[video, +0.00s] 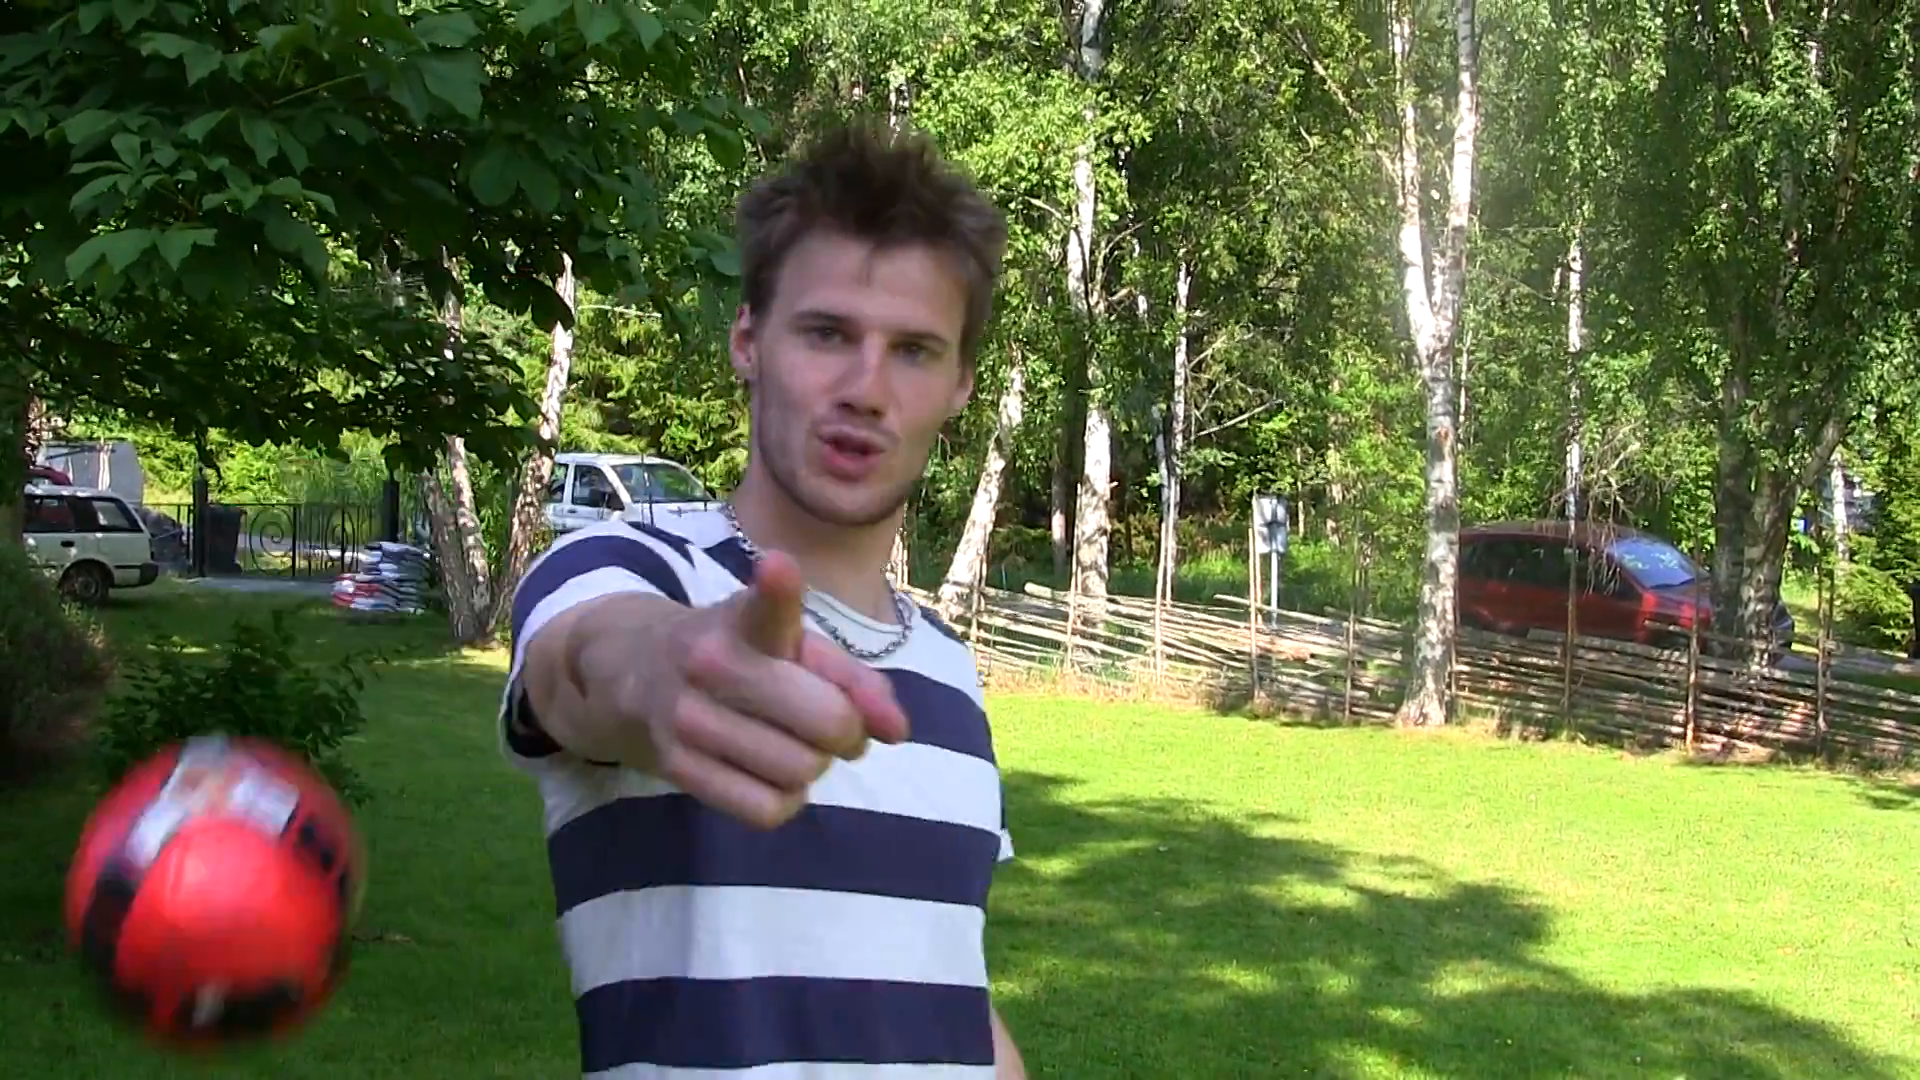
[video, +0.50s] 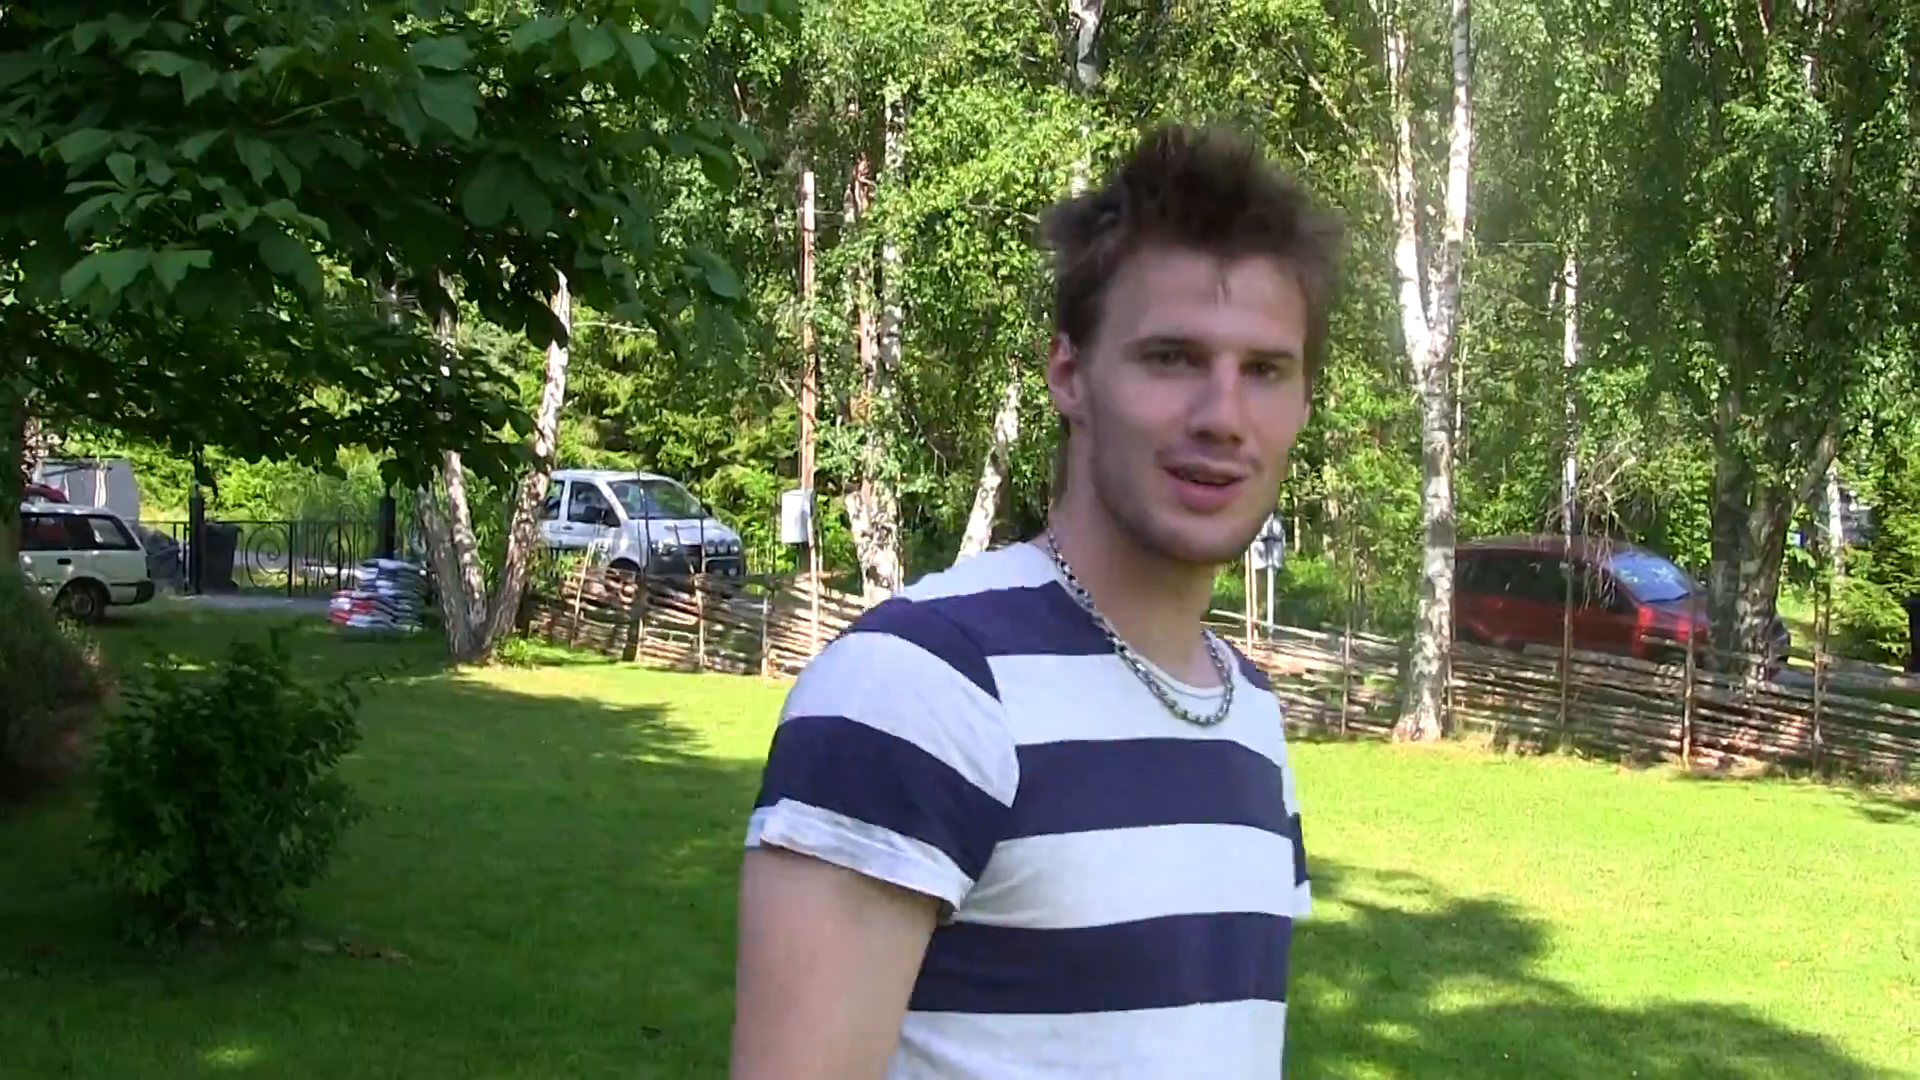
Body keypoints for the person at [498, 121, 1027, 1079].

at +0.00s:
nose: (863, 390)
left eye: (913, 352)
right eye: (825, 335)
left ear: (959, 388)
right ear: (748, 349)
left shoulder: (951, 675)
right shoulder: (617, 563)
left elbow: (950, 986)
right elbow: (578, 661)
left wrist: (1002, 1058)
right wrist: (669, 675)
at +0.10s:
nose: (932, 383)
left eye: (980, 342)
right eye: (889, 326)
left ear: (1021, 382)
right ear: (804, 342)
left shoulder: (999, 669)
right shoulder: (668, 570)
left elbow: (990, 990)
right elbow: (640, 704)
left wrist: (1043, 1056)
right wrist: (737, 777)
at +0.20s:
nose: (1032, 391)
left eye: (1077, 350)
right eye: (987, 331)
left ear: (1114, 386)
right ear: (888, 343)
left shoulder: (1073, 672)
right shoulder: (734, 595)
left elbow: (1055, 1005)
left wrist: (1098, 1060)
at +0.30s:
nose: (1125, 406)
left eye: (1173, 363)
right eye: (1079, 343)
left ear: (1206, 396)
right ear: (977, 352)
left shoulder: (1150, 694)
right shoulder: (816, 626)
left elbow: (1128, 1028)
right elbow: (702, 1029)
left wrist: (1162, 1061)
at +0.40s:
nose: (1194, 410)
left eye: (1237, 366)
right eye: (1145, 348)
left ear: (1270, 402)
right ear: (1039, 363)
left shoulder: (1208, 704)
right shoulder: (881, 660)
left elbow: (1197, 1045)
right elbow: (750, 1065)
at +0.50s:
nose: (1223, 419)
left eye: (1267, 371)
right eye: (1170, 359)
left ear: (1305, 403)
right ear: (1069, 378)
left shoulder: (1250, 707)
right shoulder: (913, 681)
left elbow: (1224, 1042)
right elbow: (799, 1065)